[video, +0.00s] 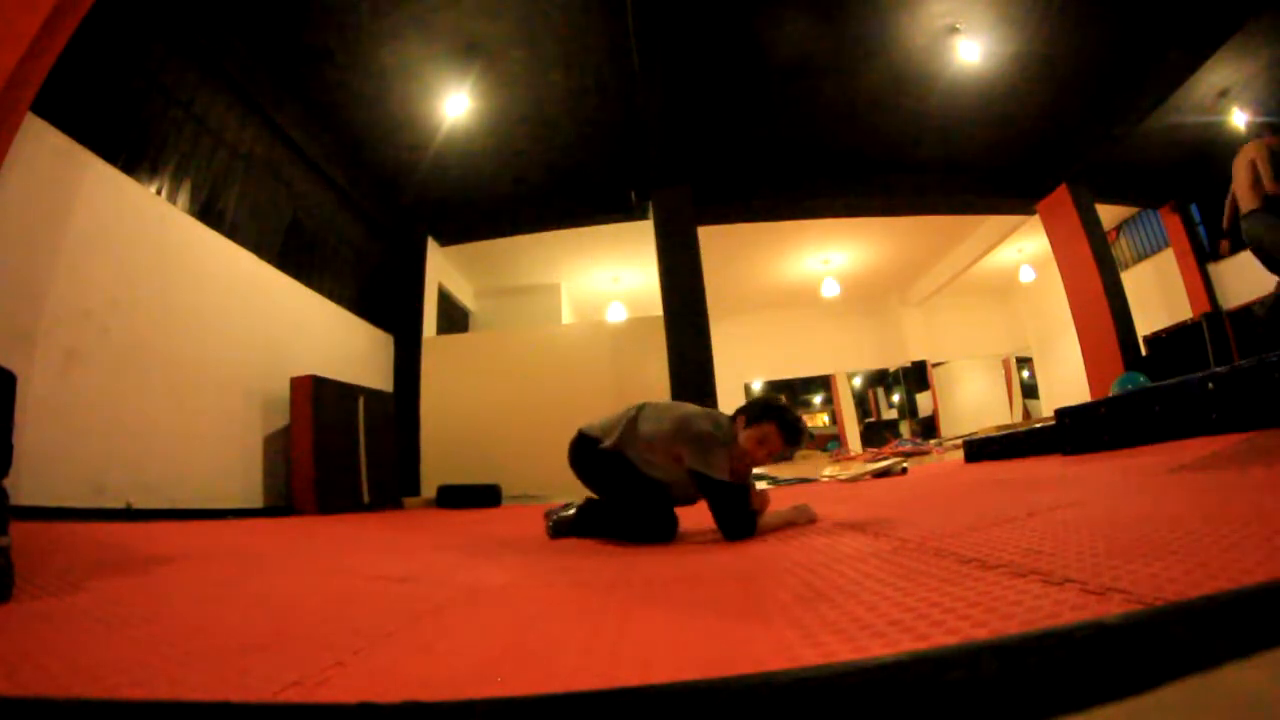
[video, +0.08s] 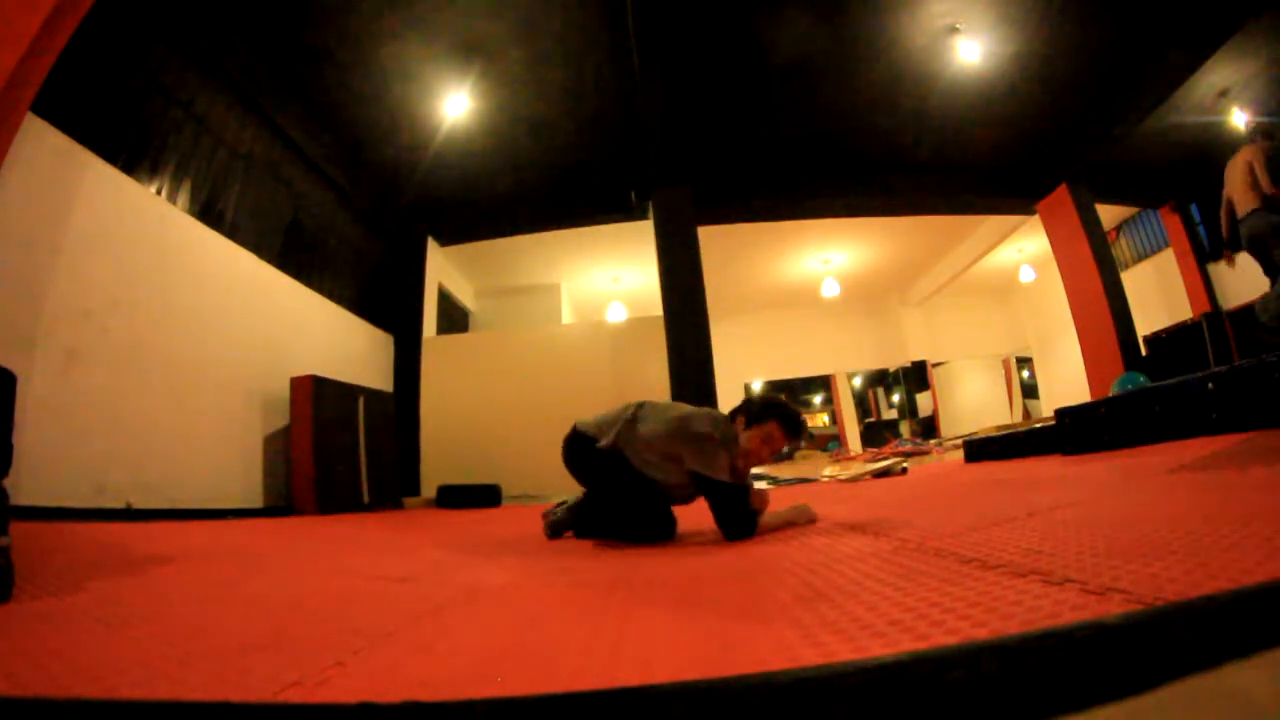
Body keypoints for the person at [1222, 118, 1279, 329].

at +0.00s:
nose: (1277, 142)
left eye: (1276, 138)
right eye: (1275, 138)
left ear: (1257, 134)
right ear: (1269, 135)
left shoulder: (1240, 156)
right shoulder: (1258, 147)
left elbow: (1232, 197)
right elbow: (1270, 186)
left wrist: (1226, 232)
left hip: (1246, 220)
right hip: (1261, 217)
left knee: (1275, 268)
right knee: (1278, 266)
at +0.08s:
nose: (1269, 148)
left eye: (1269, 145)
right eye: (1268, 144)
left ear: (1250, 138)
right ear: (1263, 140)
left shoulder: (1231, 165)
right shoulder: (1254, 150)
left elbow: (1225, 207)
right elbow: (1268, 188)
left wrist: (1226, 242)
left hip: (1243, 225)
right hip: (1261, 217)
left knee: (1273, 273)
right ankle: (1269, 309)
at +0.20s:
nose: (1252, 160)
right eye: (1252, 158)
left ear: (1233, 162)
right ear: (1249, 158)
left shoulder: (1223, 185)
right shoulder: (1254, 169)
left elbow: (1221, 227)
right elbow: (1272, 196)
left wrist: (1232, 257)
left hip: (1243, 239)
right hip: (1264, 229)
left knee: (1256, 284)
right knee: (1274, 286)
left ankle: (1260, 332)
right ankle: (1277, 333)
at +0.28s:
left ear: (1224, 170)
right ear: (1242, 165)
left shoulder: (1218, 195)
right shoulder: (1254, 180)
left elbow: (1218, 231)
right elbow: (1274, 199)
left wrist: (1229, 258)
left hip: (1241, 246)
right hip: (1263, 238)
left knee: (1248, 297)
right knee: (1272, 297)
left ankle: (1248, 345)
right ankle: (1275, 345)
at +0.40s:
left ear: (1207, 175)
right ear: (1226, 168)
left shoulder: (1208, 197)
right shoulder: (1244, 180)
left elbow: (1212, 234)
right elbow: (1270, 201)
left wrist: (1217, 265)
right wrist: (1273, 228)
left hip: (1237, 243)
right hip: (1259, 234)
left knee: (1238, 299)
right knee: (1268, 296)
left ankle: (1241, 354)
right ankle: (1274, 348)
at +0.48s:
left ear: (1201, 173)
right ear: (1220, 166)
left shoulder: (1202, 194)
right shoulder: (1238, 178)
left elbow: (1205, 226)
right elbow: (1264, 200)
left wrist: (1205, 246)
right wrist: (1266, 226)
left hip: (1231, 238)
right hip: (1254, 231)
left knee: (1230, 300)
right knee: (1267, 292)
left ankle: (1236, 354)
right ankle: (1275, 347)